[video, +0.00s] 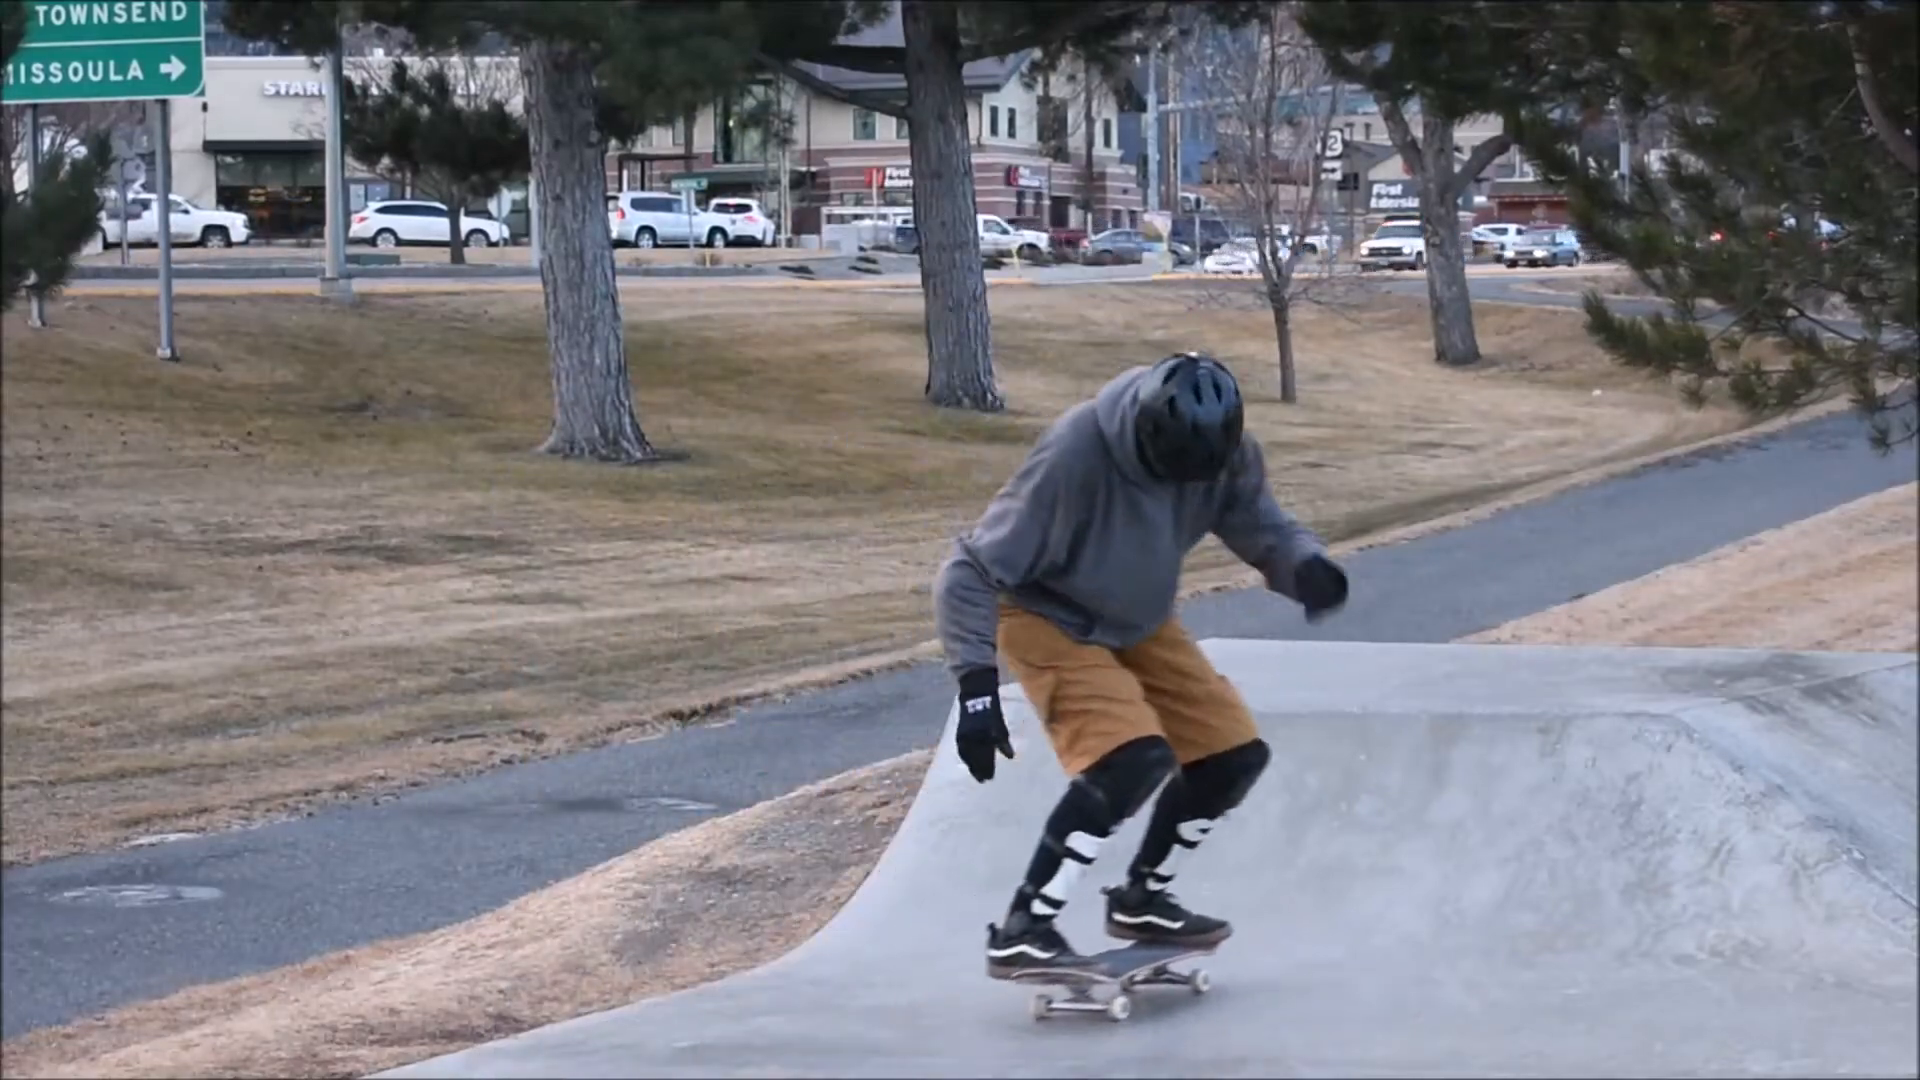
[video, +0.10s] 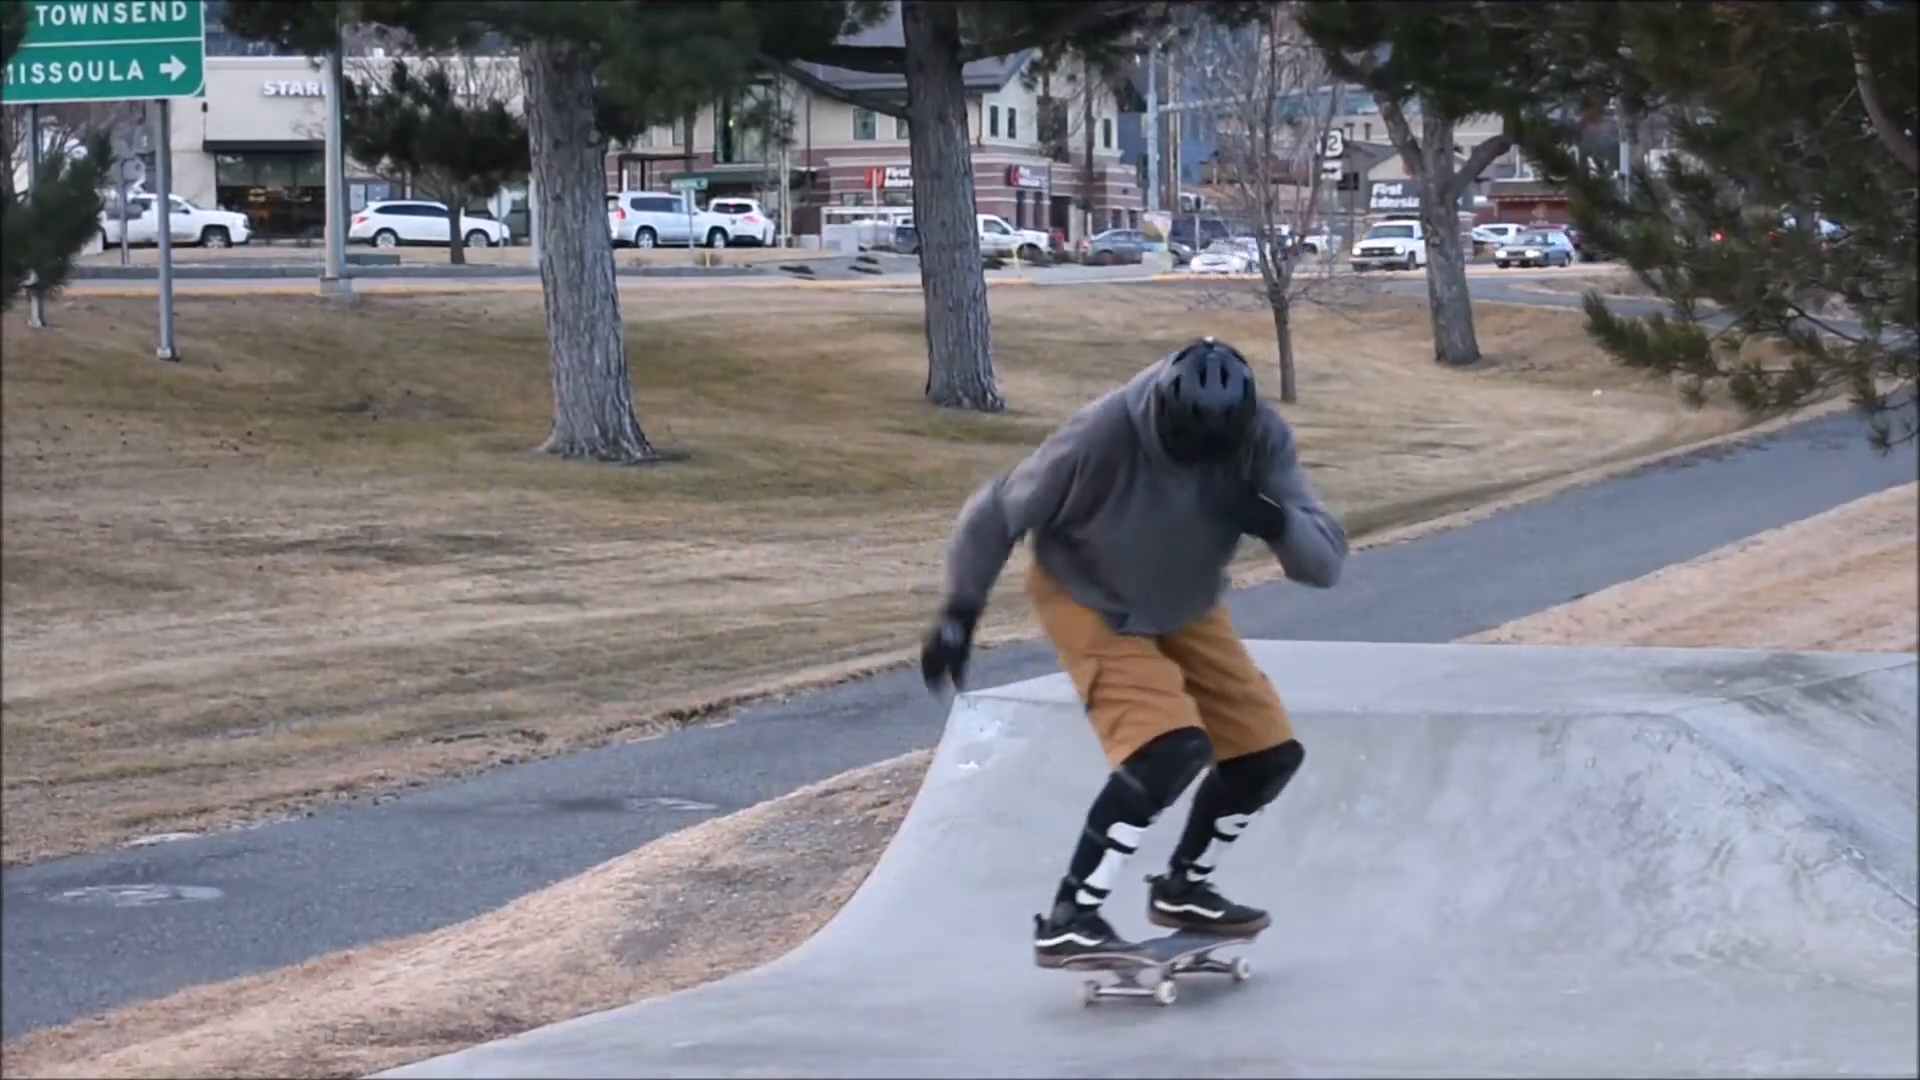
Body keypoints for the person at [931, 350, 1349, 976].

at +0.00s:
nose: (1186, 479)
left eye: (1203, 468)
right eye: (1174, 465)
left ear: (1227, 439)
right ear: (1147, 429)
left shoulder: (1228, 455)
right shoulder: (1076, 452)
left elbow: (1262, 523)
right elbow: (970, 568)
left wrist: (1306, 566)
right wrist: (977, 691)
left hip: (1139, 618)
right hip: (1043, 613)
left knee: (1231, 758)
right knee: (1132, 759)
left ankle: (1140, 897)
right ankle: (1023, 925)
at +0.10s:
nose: (1198, 461)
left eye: (1214, 451)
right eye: (1186, 448)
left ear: (1243, 424)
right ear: (1161, 412)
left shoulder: (1265, 438)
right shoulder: (1102, 435)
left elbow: (1324, 564)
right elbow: (995, 512)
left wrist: (1276, 524)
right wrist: (957, 615)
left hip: (1187, 598)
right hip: (1085, 594)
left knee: (1266, 756)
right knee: (1170, 748)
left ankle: (1181, 886)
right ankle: (1069, 916)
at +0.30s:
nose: (1209, 375)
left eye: (1222, 363)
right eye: (1195, 363)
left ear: (1253, 328)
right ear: (1170, 324)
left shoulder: (1292, 338)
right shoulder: (1137, 320)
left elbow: (1346, 452)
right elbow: (1070, 311)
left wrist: (1343, 541)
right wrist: (1003, 321)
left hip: (1274, 523)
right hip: (1170, 517)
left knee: (1324, 700)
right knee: (1202, 700)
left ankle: (1328, 826)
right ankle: (1144, 860)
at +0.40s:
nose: (1204, 379)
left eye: (1217, 369)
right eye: (1191, 368)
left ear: (1254, 336)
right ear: (1172, 334)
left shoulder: (1318, 340)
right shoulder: (1148, 329)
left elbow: (1448, 386)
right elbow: (1059, 331)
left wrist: (1529, 470)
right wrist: (975, 356)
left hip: (1317, 500)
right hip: (1208, 503)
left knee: (1366, 669)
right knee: (1187, 675)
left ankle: (1426, 808)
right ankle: (1190, 781)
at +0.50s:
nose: (1184, 403)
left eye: (1195, 394)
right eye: (1174, 392)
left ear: (1237, 366)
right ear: (1167, 363)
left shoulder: (1327, 335)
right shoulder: (1148, 364)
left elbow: (1446, 307)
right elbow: (1043, 413)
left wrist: (1547, 327)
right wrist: (945, 483)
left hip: (1359, 476)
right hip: (1268, 492)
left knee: (1339, 669)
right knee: (1236, 641)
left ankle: (1418, 818)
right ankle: (1306, 723)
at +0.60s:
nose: (1172, 426)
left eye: (1175, 413)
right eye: (1159, 417)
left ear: (1201, 377)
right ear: (1150, 391)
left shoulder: (1295, 350)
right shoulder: (1165, 400)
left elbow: (1402, 309)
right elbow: (1104, 462)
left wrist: (1491, 305)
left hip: (1395, 484)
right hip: (1318, 501)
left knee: (1327, 672)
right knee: (1255, 630)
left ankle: (1413, 823)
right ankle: (1324, 717)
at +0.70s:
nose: (1180, 423)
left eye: (1181, 408)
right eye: (1168, 416)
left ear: (1198, 367)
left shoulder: (1293, 361)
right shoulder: (1189, 407)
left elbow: (1425, 360)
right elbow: (1145, 479)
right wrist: (1134, 533)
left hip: (1410, 490)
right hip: (1333, 510)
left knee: (1328, 675)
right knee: (1258, 637)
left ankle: (1418, 830)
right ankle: (1328, 729)